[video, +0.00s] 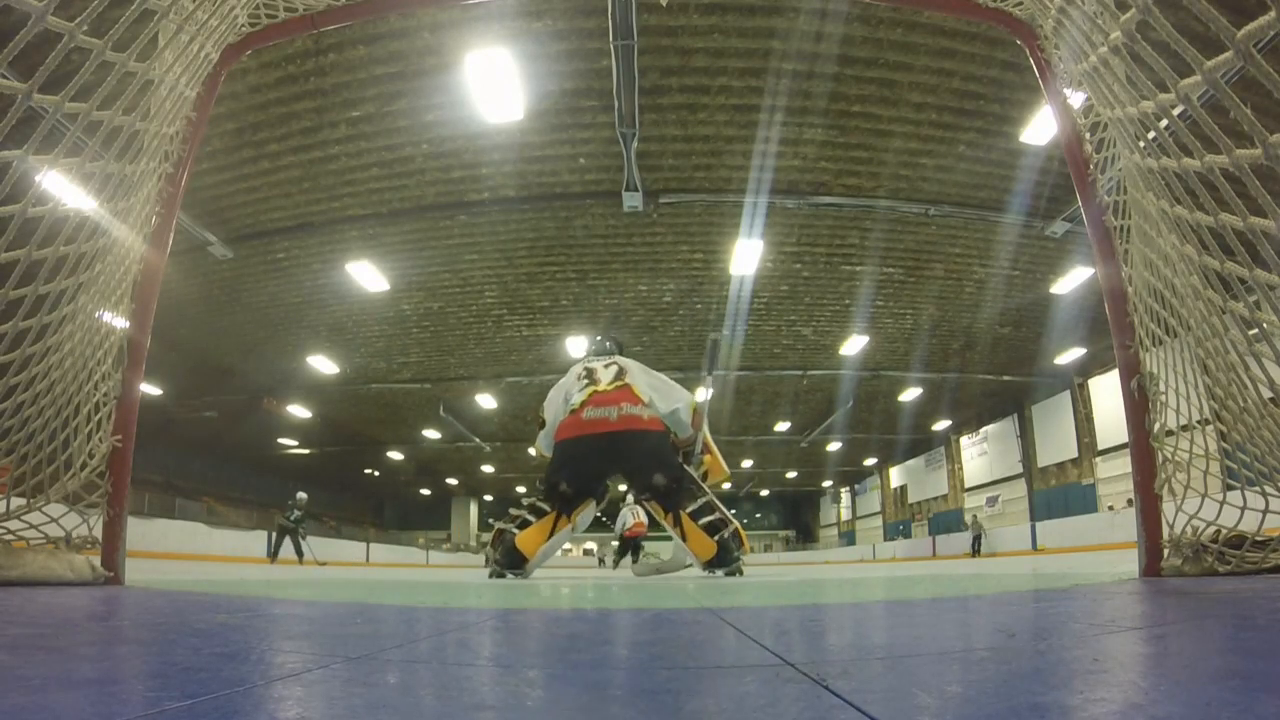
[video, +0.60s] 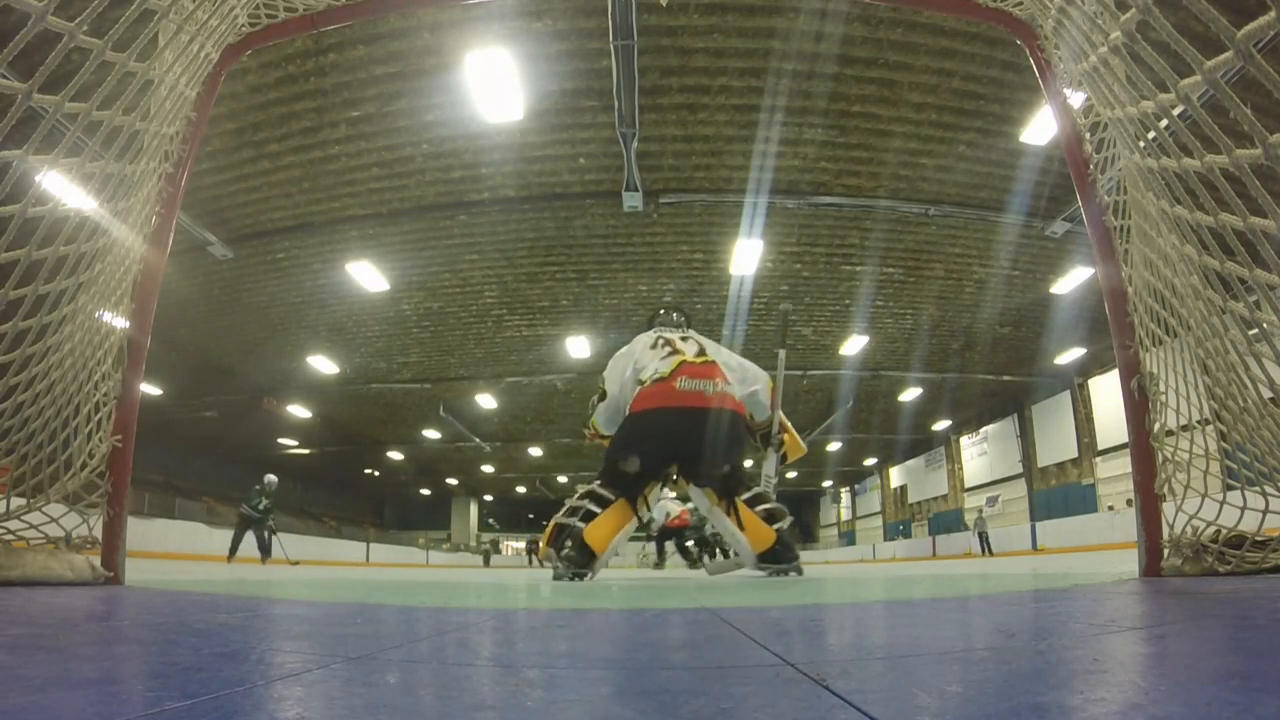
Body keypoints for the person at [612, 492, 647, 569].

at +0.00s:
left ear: (625, 502)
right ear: (633, 501)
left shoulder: (624, 510)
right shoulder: (639, 508)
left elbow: (619, 524)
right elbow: (646, 520)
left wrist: (617, 534)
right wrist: (644, 528)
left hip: (629, 530)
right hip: (641, 530)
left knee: (624, 547)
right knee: (636, 546)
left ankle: (617, 559)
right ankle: (635, 561)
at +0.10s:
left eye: (627, 502)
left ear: (627, 502)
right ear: (635, 501)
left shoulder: (626, 510)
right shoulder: (641, 508)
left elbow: (620, 528)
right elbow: (648, 518)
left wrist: (623, 534)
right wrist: (646, 527)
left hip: (631, 532)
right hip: (643, 531)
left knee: (621, 548)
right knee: (637, 548)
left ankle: (614, 560)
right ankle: (638, 562)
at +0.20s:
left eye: (632, 499)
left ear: (631, 500)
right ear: (640, 499)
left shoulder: (630, 509)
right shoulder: (646, 507)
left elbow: (626, 523)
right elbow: (652, 517)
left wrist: (625, 532)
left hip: (636, 530)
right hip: (648, 529)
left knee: (625, 545)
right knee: (641, 543)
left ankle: (617, 559)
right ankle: (643, 560)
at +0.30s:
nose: (638, 499)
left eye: (638, 498)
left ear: (639, 499)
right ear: (647, 498)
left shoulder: (637, 507)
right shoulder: (654, 505)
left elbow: (633, 522)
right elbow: (659, 515)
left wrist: (630, 532)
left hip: (642, 529)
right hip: (655, 528)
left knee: (632, 545)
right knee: (648, 545)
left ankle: (623, 561)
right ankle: (651, 562)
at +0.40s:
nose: (645, 497)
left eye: (645, 496)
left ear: (645, 497)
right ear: (654, 496)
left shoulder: (646, 506)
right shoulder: (661, 504)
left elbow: (640, 520)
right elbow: (667, 515)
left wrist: (637, 530)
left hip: (650, 530)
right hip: (661, 529)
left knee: (642, 543)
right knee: (657, 544)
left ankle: (637, 560)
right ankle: (662, 558)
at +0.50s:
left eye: (653, 496)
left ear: (653, 496)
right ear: (662, 496)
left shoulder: (654, 505)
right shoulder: (669, 504)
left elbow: (649, 521)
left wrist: (643, 531)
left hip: (659, 529)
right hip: (671, 528)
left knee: (651, 541)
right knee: (667, 544)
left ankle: (651, 560)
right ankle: (677, 559)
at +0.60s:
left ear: (660, 496)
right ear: (669, 495)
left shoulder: (660, 505)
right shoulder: (677, 502)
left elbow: (657, 521)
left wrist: (652, 532)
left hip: (670, 526)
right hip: (683, 525)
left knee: (659, 539)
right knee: (679, 543)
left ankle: (661, 561)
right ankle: (692, 560)